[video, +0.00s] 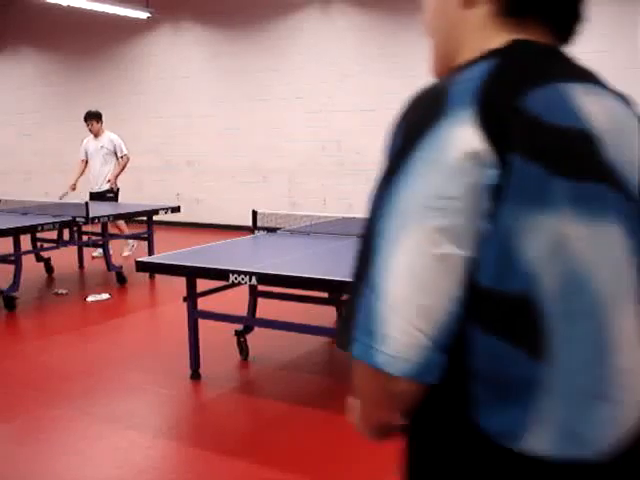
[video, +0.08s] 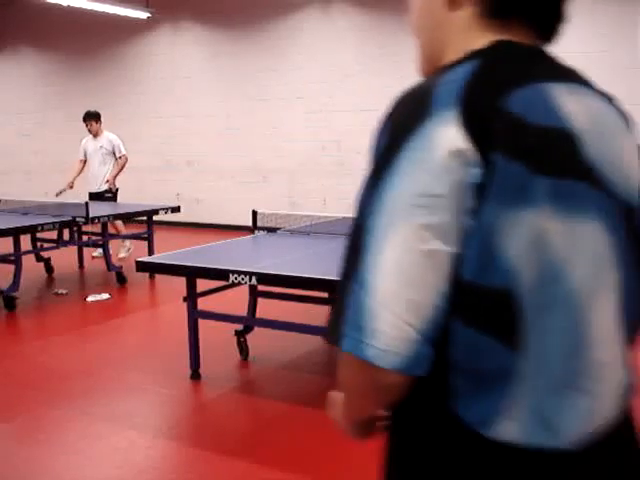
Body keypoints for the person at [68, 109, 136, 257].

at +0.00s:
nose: (89, 128)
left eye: (91, 125)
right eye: (87, 125)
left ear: (99, 123)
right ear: (87, 125)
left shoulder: (112, 139)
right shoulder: (87, 142)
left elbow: (124, 158)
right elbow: (83, 162)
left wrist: (114, 176)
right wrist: (75, 181)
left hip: (109, 187)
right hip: (94, 189)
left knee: (114, 217)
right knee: (101, 220)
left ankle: (129, 240)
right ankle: (103, 245)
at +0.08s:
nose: (88, 128)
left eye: (90, 125)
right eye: (86, 125)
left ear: (99, 123)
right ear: (86, 126)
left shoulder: (111, 139)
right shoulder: (86, 142)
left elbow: (123, 158)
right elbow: (82, 162)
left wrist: (113, 177)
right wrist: (72, 180)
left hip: (108, 187)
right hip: (93, 189)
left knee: (112, 217)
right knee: (99, 220)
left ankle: (126, 242)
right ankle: (102, 245)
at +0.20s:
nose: (85, 130)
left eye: (87, 126)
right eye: (83, 127)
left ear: (95, 124)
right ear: (81, 127)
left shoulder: (107, 140)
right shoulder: (83, 142)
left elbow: (118, 160)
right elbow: (77, 161)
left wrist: (106, 178)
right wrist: (67, 176)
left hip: (104, 188)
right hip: (90, 189)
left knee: (106, 221)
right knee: (99, 221)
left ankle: (106, 247)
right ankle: (104, 247)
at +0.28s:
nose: (81, 133)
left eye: (83, 129)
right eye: (79, 130)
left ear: (91, 127)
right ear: (78, 130)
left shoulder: (104, 143)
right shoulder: (80, 143)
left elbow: (111, 164)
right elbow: (76, 163)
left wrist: (97, 180)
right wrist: (66, 179)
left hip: (103, 186)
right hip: (89, 186)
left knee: (103, 220)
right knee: (94, 220)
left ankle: (104, 248)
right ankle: (99, 247)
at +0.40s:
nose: (78, 136)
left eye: (80, 132)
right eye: (76, 133)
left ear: (88, 129)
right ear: (75, 132)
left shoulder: (100, 145)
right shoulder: (78, 145)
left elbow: (107, 168)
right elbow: (76, 164)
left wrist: (93, 183)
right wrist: (70, 182)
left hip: (101, 187)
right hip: (88, 187)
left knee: (97, 222)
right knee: (93, 222)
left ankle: (100, 250)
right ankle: (99, 249)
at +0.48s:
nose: (75, 140)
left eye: (78, 136)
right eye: (73, 137)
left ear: (85, 133)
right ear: (71, 136)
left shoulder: (96, 148)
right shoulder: (77, 146)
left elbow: (103, 170)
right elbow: (78, 166)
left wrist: (90, 186)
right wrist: (76, 184)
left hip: (101, 189)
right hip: (89, 189)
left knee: (97, 222)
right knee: (94, 222)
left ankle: (100, 251)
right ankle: (98, 250)